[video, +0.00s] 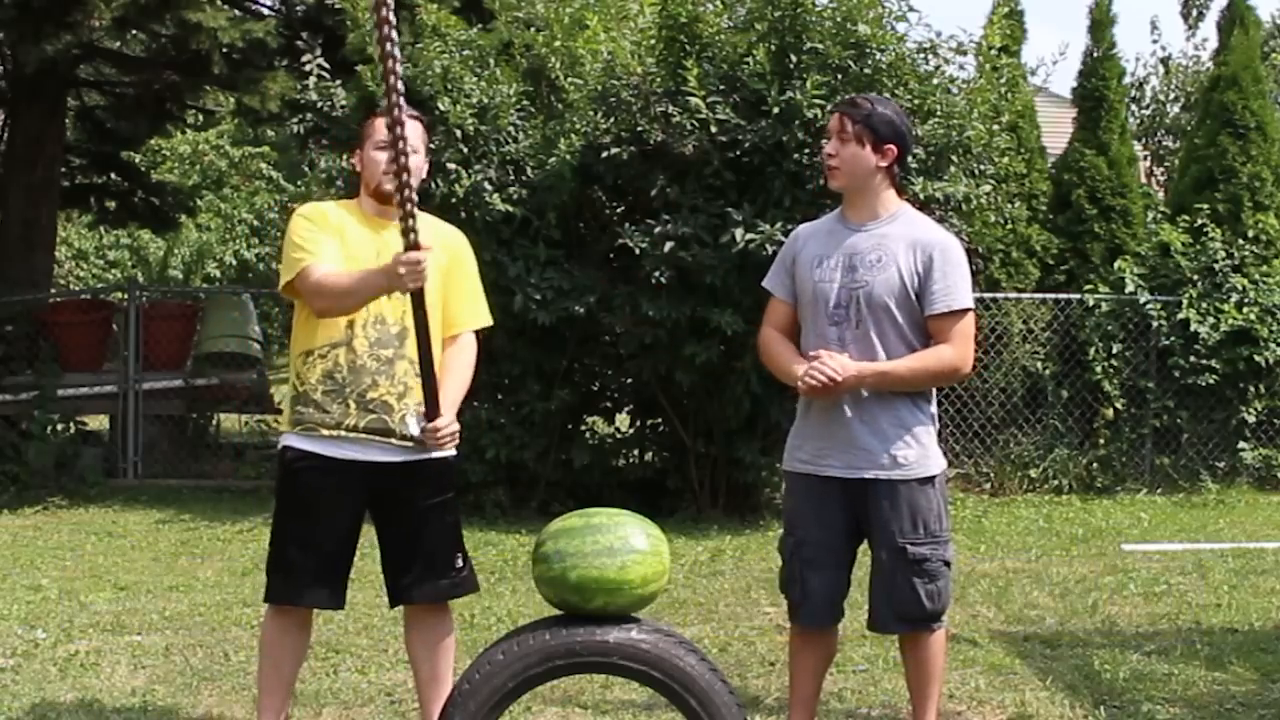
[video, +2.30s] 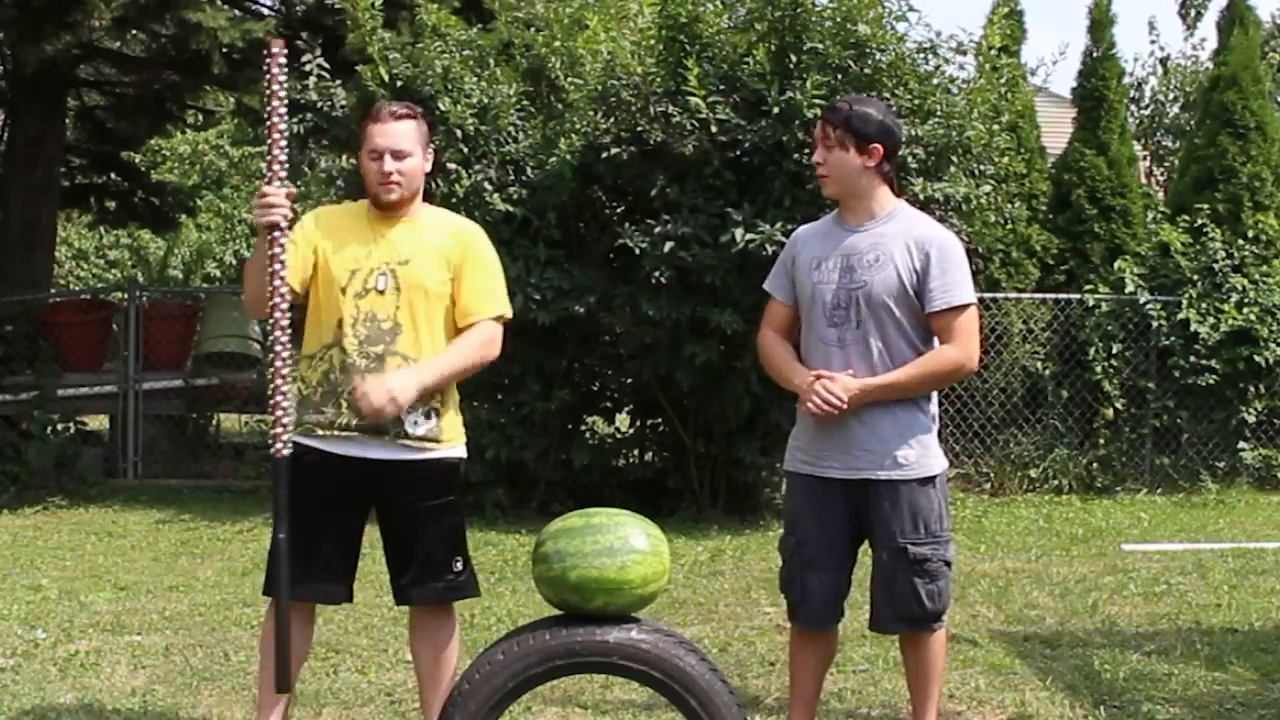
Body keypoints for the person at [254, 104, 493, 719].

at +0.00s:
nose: (398, 157)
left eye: (409, 148)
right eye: (385, 146)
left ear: (426, 163)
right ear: (357, 158)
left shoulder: (448, 240)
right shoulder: (314, 221)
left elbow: (462, 336)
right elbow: (317, 292)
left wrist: (445, 407)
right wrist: (384, 277)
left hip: (417, 453)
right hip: (320, 449)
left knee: (430, 599)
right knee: (292, 600)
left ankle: (438, 715)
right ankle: (271, 715)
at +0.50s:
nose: (409, 164)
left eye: (422, 154)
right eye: (396, 151)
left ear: (440, 167)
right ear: (371, 159)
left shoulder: (456, 245)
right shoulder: (330, 223)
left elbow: (473, 342)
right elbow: (329, 322)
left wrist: (481, 423)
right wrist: (396, 374)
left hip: (425, 454)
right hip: (328, 449)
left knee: (437, 597)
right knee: (295, 595)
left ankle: (439, 716)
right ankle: (269, 714)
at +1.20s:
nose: (383, 149)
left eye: (398, 141)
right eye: (371, 139)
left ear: (420, 159)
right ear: (353, 155)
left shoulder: (450, 238)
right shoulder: (315, 225)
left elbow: (481, 317)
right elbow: (307, 324)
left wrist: (486, 371)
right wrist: (391, 343)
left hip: (419, 451)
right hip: (322, 449)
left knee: (430, 599)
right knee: (291, 598)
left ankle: (438, 716)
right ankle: (269, 715)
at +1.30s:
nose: (382, 147)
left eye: (395, 139)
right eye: (370, 138)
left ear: (417, 156)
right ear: (345, 155)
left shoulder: (448, 233)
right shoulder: (310, 227)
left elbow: (487, 311)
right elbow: (306, 327)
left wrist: (469, 292)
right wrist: (391, 340)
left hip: (419, 450)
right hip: (321, 447)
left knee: (428, 599)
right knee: (290, 597)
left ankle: (438, 716)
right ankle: (269, 715)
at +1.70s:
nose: (382, 146)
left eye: (392, 137)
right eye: (368, 138)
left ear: (407, 152)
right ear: (342, 154)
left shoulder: (442, 228)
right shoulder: (304, 225)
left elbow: (470, 300)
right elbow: (277, 308)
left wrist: (423, 237)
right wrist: (349, 252)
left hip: (420, 443)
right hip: (320, 442)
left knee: (428, 598)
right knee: (291, 597)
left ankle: (438, 715)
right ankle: (269, 714)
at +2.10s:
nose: (391, 157)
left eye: (404, 147)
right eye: (378, 147)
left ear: (427, 159)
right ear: (359, 159)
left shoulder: (455, 235)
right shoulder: (325, 221)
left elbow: (454, 329)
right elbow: (262, 286)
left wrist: (361, 309)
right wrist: (297, 205)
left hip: (420, 450)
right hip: (321, 442)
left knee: (432, 599)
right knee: (293, 595)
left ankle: (438, 717)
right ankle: (269, 715)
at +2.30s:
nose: (387, 167)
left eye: (401, 155)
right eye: (376, 154)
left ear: (428, 161)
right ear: (359, 160)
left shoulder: (461, 238)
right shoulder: (321, 226)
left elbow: (486, 338)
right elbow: (260, 305)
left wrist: (410, 381)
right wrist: (264, 237)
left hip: (423, 454)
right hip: (321, 448)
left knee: (433, 599)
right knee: (292, 593)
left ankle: (437, 717)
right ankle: (270, 713)